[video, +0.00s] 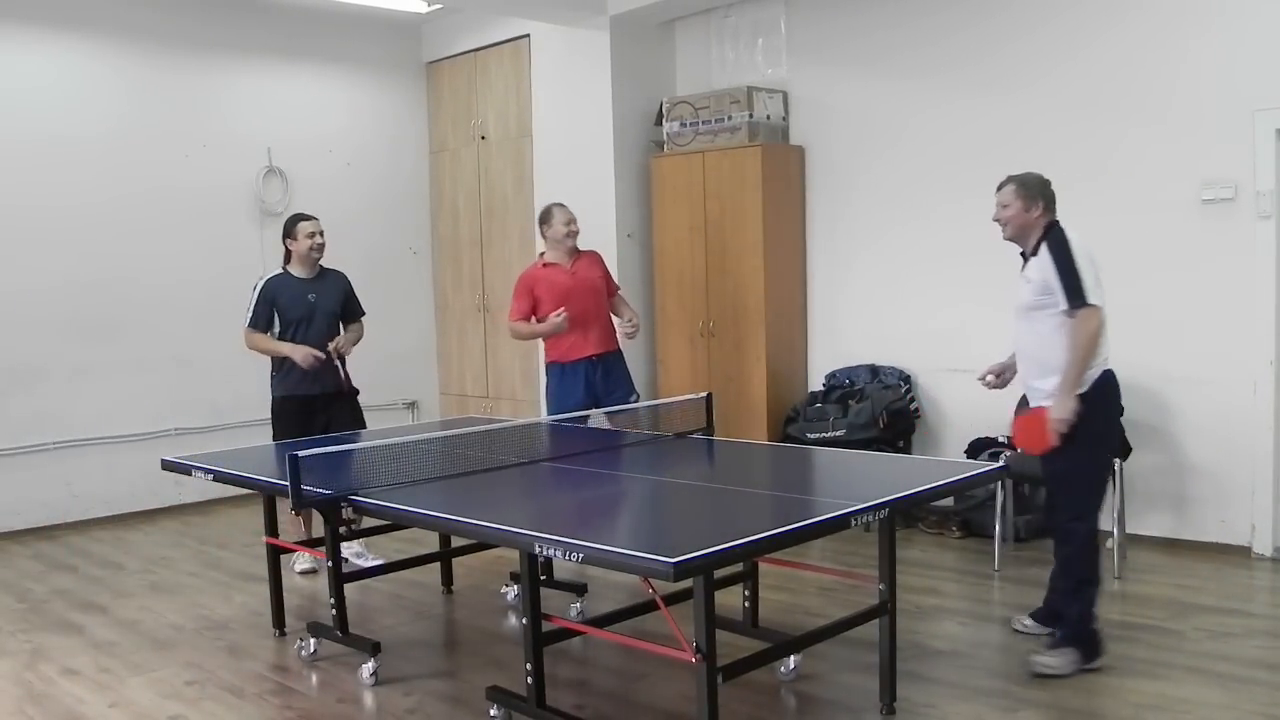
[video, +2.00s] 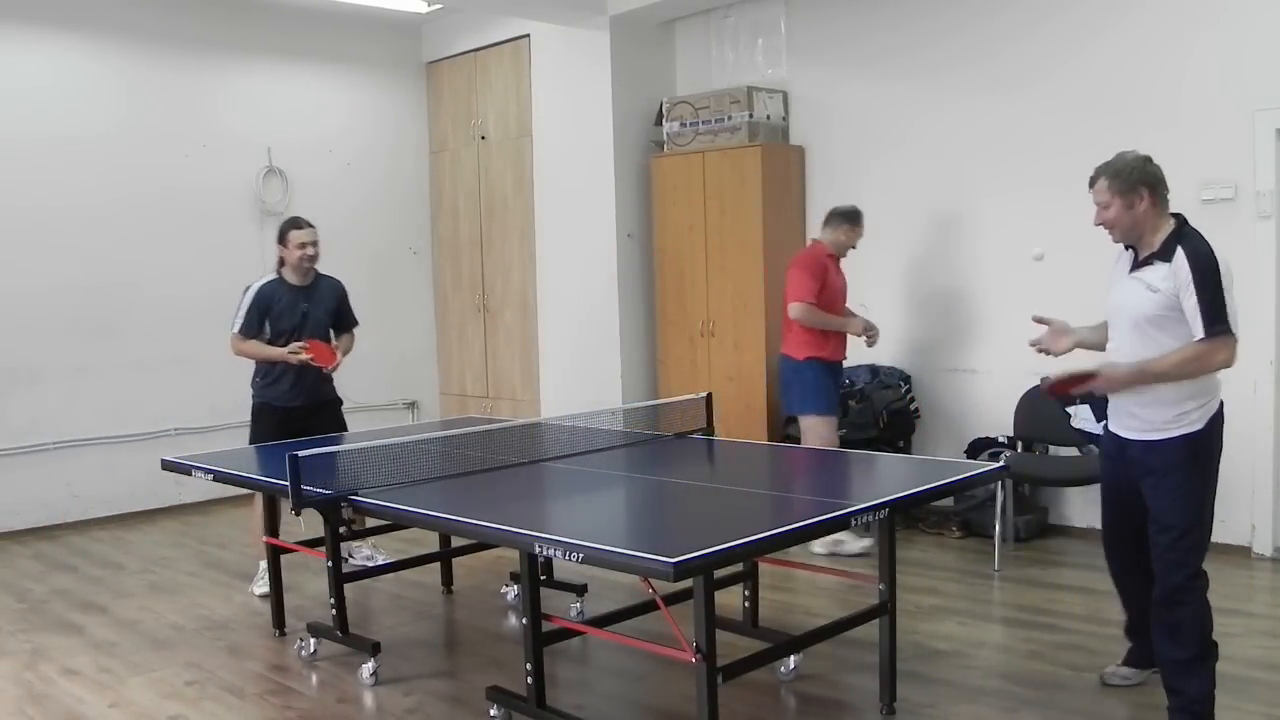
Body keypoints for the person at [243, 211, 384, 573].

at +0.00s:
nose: (320, 241)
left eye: (322, 235)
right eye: (312, 236)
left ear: (324, 240)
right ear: (291, 244)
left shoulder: (338, 280)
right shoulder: (272, 286)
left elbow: (356, 325)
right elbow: (252, 337)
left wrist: (348, 339)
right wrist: (292, 350)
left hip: (337, 393)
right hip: (292, 397)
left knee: (350, 462)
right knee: (296, 472)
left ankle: (346, 540)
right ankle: (306, 546)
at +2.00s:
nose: (310, 252)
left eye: (314, 245)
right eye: (302, 246)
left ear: (319, 248)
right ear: (282, 250)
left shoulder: (333, 289)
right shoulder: (262, 292)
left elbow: (347, 334)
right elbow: (239, 343)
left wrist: (337, 353)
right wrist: (282, 353)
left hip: (322, 405)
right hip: (274, 408)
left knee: (340, 476)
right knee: (268, 490)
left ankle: (348, 547)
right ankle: (267, 564)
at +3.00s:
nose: (310, 303)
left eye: (315, 296)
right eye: (302, 296)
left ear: (319, 296)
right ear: (280, 296)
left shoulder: (322, 334)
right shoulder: (250, 327)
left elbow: (325, 372)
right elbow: (216, 369)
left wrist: (312, 406)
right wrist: (248, 400)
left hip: (291, 413)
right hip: (242, 413)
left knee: (331, 471)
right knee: (227, 489)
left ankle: (342, 548)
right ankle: (215, 577)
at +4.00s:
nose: (332, 324)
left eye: (335, 317)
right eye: (323, 318)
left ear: (338, 318)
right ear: (302, 320)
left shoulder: (335, 354)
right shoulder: (271, 348)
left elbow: (333, 390)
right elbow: (236, 394)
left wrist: (337, 430)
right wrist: (281, 420)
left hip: (294, 417)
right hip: (247, 417)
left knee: (337, 465)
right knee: (228, 487)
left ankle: (345, 544)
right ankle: (208, 576)